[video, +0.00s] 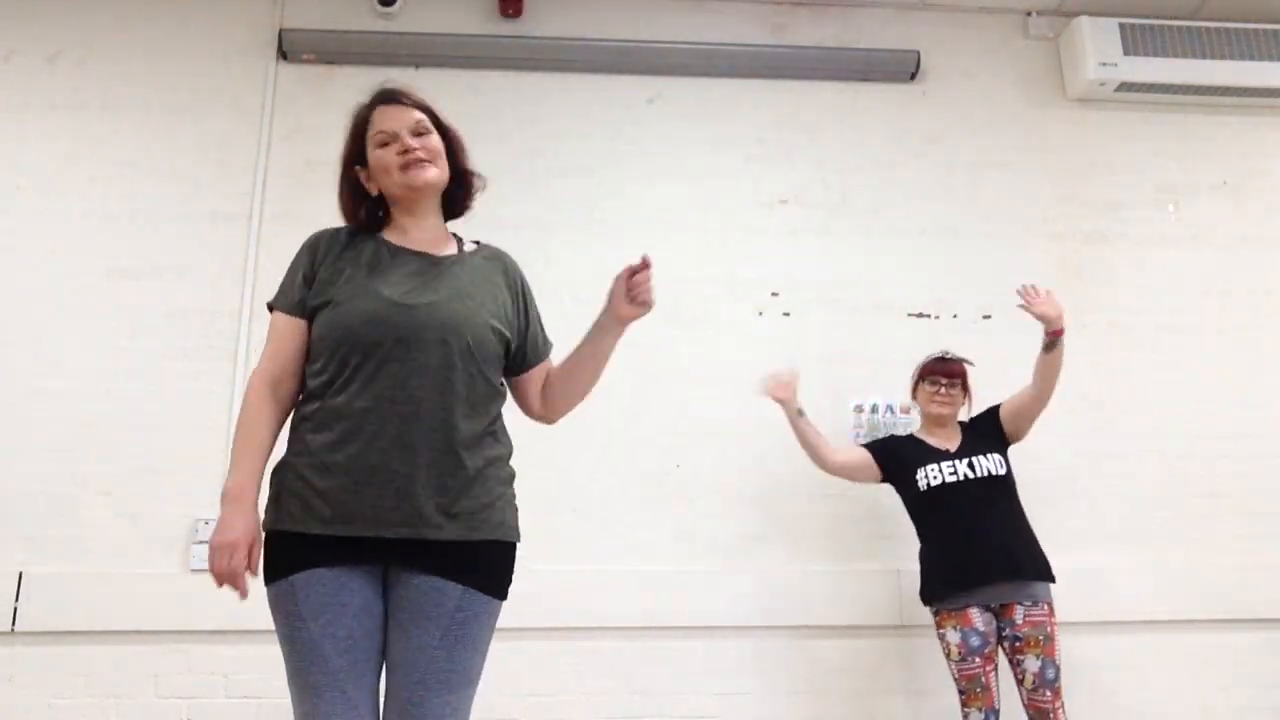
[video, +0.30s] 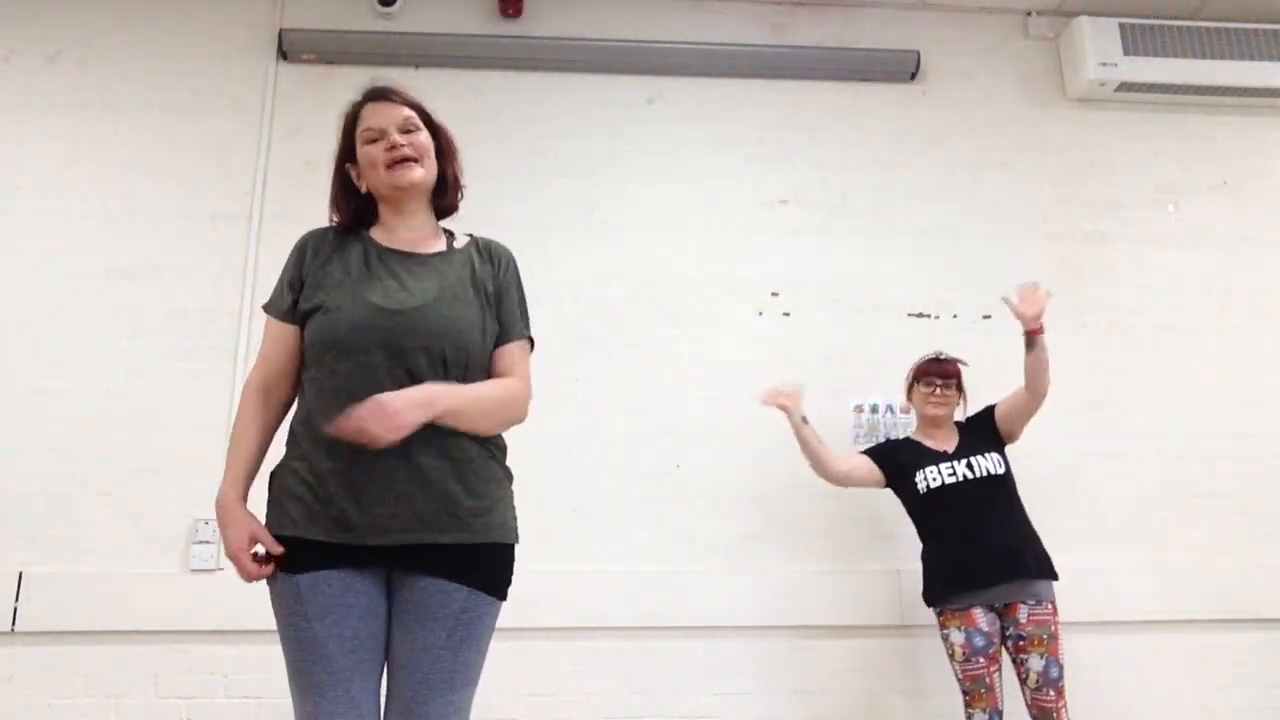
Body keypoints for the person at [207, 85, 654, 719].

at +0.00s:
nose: (411, 144)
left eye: (422, 132)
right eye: (388, 141)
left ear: (448, 155)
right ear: (366, 176)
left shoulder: (498, 273)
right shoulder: (328, 255)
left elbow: (545, 400)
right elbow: (273, 386)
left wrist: (614, 319)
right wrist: (239, 502)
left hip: (460, 535)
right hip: (321, 526)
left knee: (431, 713)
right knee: (333, 713)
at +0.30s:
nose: (398, 141)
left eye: (410, 129)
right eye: (375, 138)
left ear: (438, 152)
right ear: (356, 173)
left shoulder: (490, 264)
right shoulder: (319, 254)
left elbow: (514, 398)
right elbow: (269, 387)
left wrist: (425, 400)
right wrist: (231, 498)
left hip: (458, 534)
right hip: (321, 530)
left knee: (430, 713)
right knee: (333, 713)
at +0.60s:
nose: (397, 145)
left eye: (416, 134)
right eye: (380, 132)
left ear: (443, 160)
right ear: (357, 155)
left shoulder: (479, 257)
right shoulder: (307, 259)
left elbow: (520, 379)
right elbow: (271, 396)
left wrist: (400, 406)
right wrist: (254, 521)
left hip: (453, 536)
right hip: (318, 536)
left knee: (428, 714)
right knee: (331, 714)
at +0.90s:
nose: (402, 147)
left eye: (420, 135)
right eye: (383, 135)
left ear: (447, 158)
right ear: (359, 157)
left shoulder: (481, 264)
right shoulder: (309, 252)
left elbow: (516, 394)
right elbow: (257, 379)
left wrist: (417, 399)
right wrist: (252, 458)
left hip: (451, 536)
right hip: (314, 534)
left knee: (426, 714)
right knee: (327, 713)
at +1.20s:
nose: (402, 137)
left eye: (419, 127)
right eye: (382, 126)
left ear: (442, 152)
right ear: (354, 152)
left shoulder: (475, 264)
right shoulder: (301, 242)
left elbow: (508, 409)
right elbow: (242, 374)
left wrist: (465, 386)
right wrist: (310, 369)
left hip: (443, 527)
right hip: (304, 523)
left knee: (422, 714)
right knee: (322, 713)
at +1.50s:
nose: (409, 133)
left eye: (424, 122)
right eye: (387, 123)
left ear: (445, 148)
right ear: (357, 149)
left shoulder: (478, 258)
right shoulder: (302, 234)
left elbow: (509, 408)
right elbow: (242, 366)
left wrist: (497, 362)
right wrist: (289, 372)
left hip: (450, 520)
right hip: (310, 521)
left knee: (451, 713)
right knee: (324, 714)